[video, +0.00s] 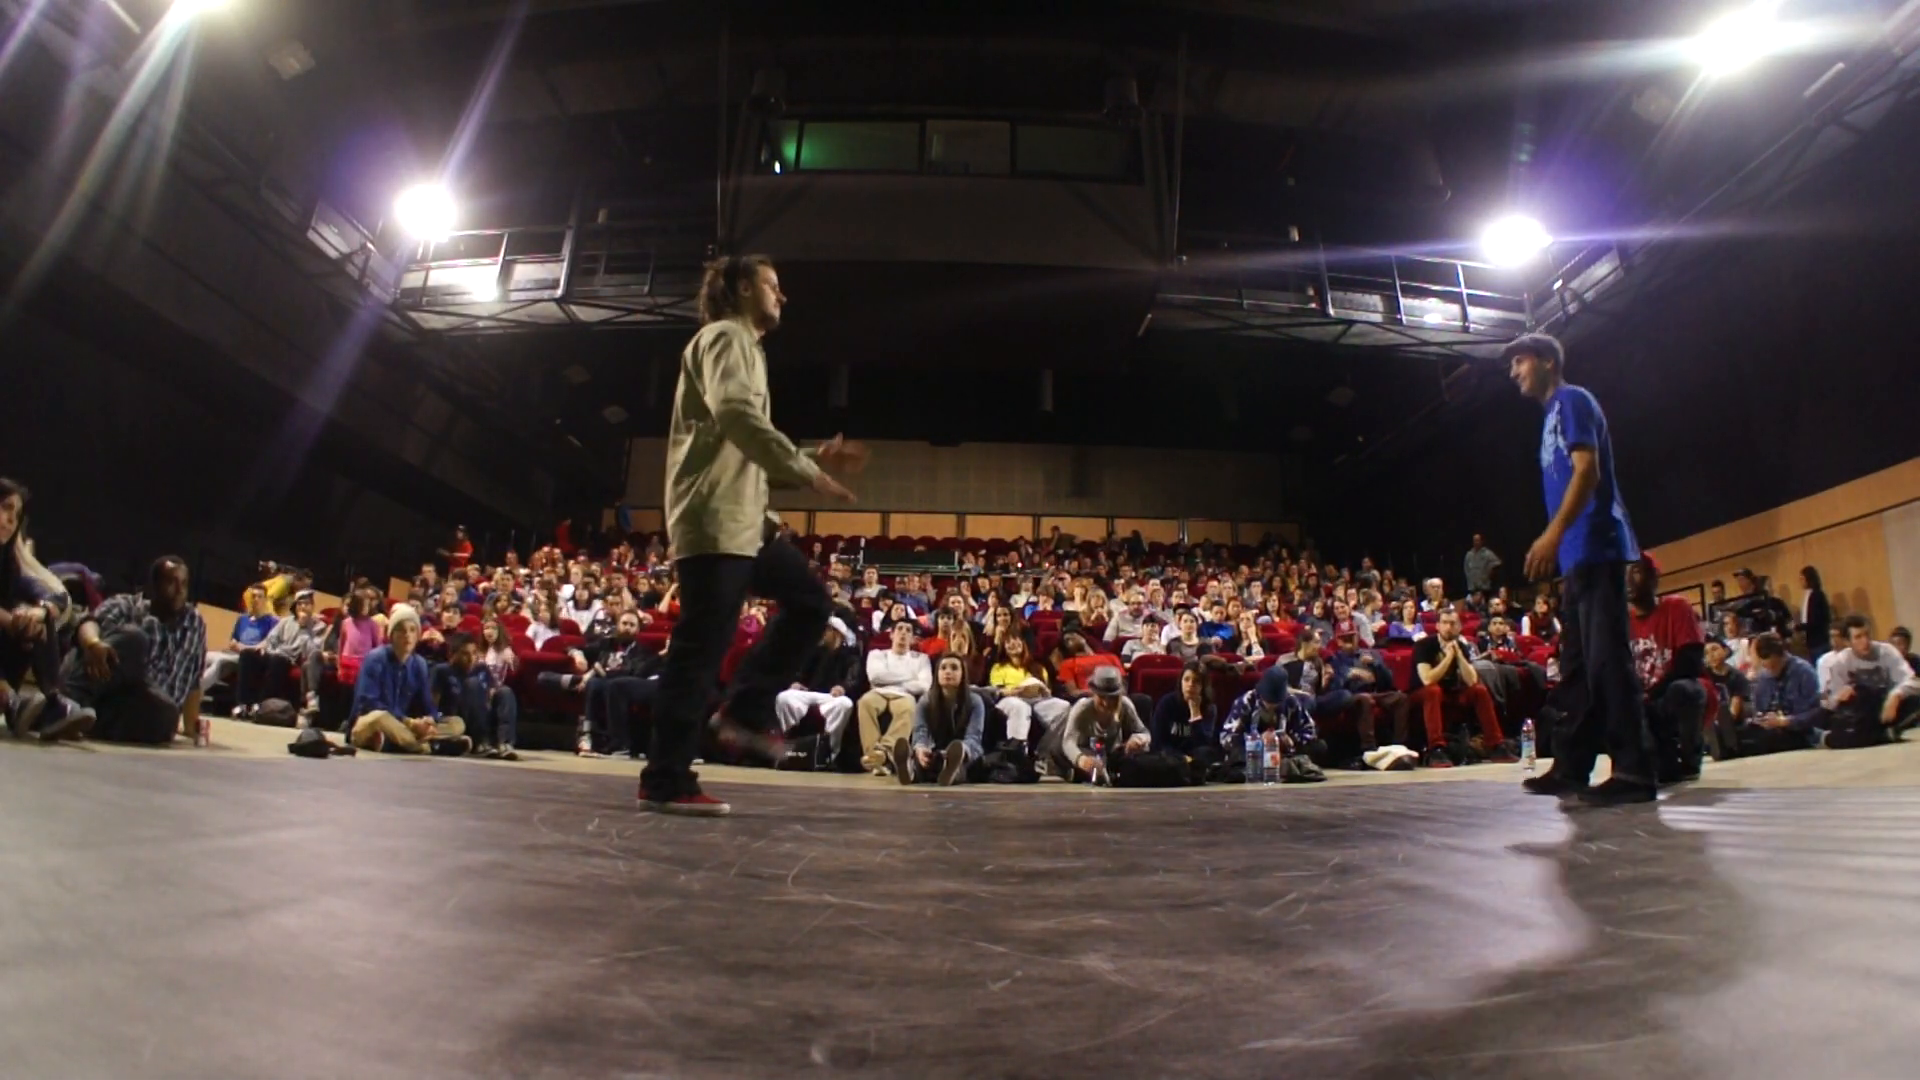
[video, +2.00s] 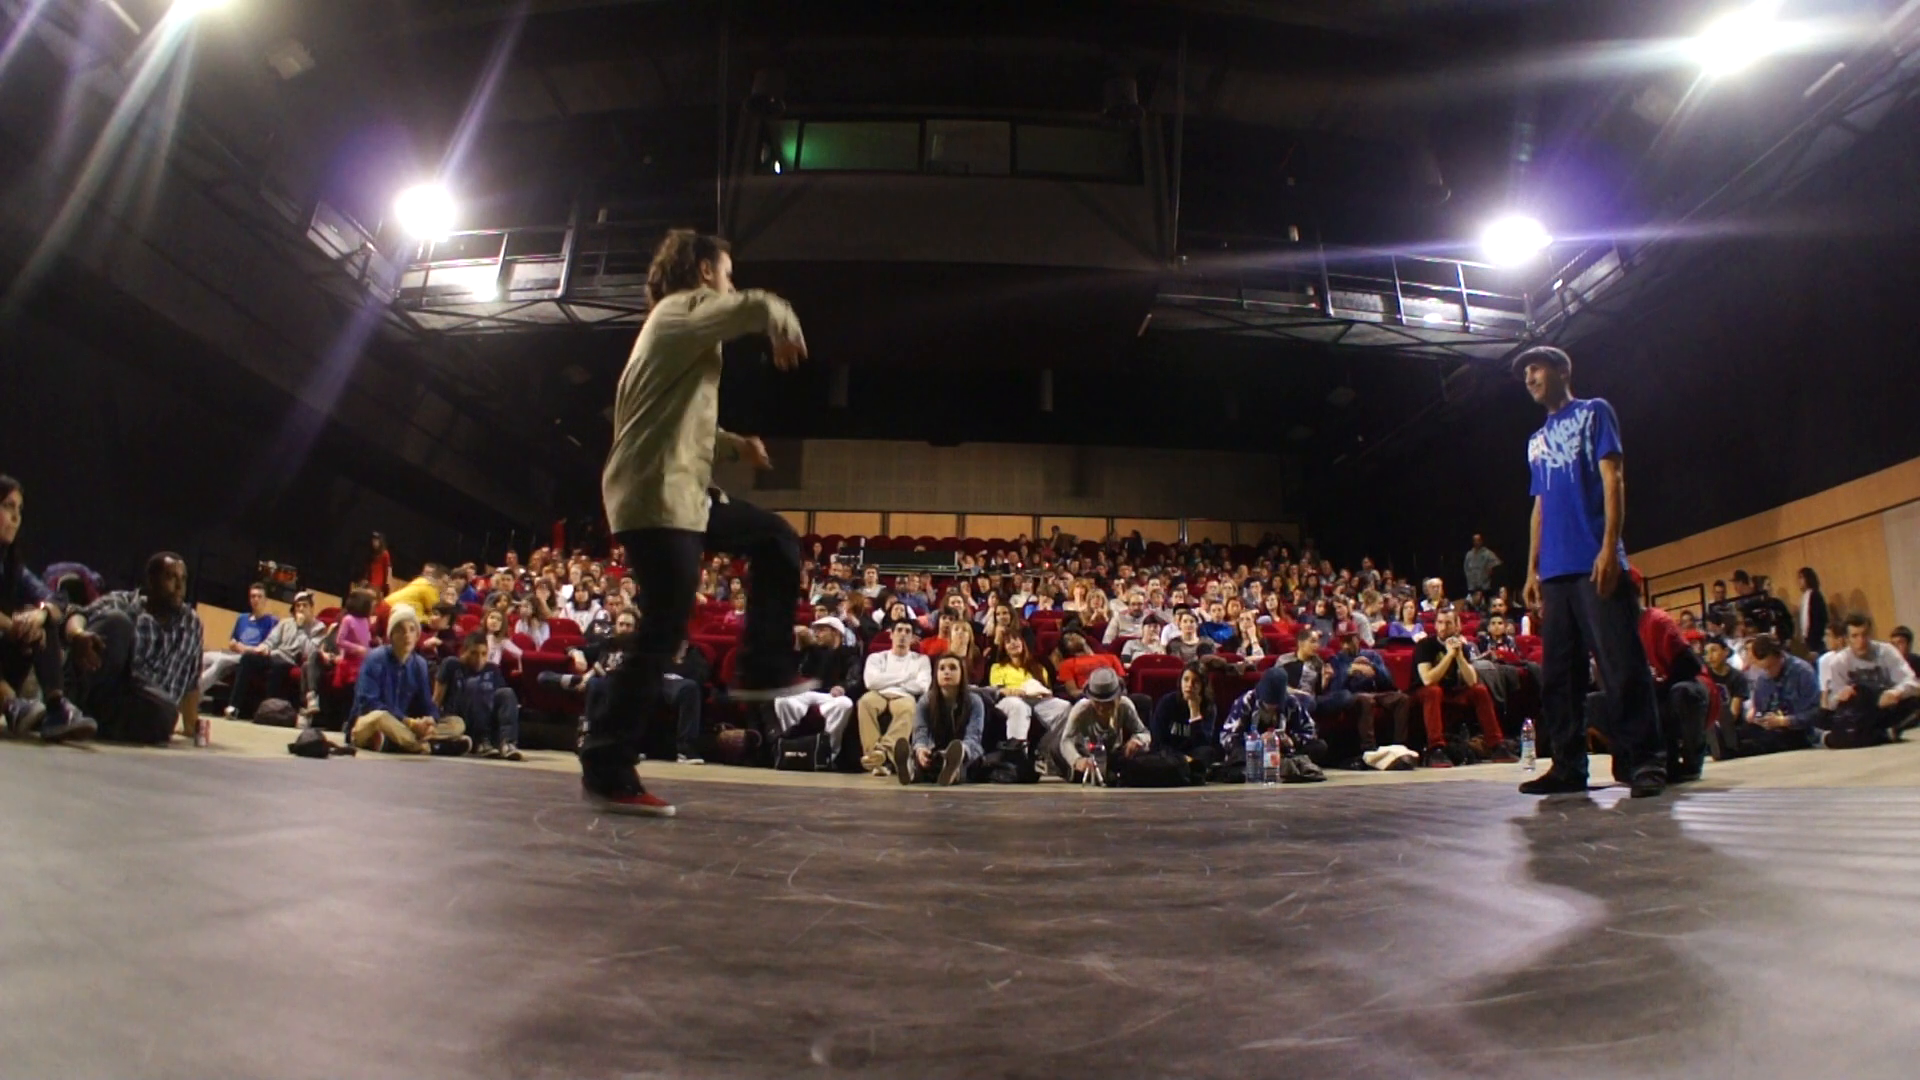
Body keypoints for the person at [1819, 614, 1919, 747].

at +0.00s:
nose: (1865, 641)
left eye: (1866, 635)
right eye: (1858, 637)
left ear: (1870, 635)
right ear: (1849, 641)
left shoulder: (1887, 652)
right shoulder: (1840, 662)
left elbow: (1911, 679)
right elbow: (1827, 703)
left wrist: (1895, 695)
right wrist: (1838, 697)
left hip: (1886, 701)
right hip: (1857, 704)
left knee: (1914, 702)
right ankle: (1884, 735)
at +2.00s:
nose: (1861, 641)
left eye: (1864, 635)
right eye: (1854, 636)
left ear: (1870, 634)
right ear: (1847, 638)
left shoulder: (1887, 652)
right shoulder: (1839, 662)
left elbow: (1911, 681)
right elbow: (1831, 701)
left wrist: (1895, 692)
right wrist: (1839, 696)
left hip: (1886, 705)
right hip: (1857, 707)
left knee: (1913, 702)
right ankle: (1884, 735)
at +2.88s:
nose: (1857, 642)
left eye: (1862, 636)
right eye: (1851, 637)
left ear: (1869, 635)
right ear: (1845, 639)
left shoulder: (1887, 652)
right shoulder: (1838, 660)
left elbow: (1911, 680)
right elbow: (1830, 703)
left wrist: (1894, 695)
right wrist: (1839, 697)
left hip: (1885, 704)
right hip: (1856, 705)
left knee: (1913, 704)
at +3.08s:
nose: (1857, 642)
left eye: (1862, 635)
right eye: (1851, 636)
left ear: (1870, 635)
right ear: (1844, 638)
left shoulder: (1886, 651)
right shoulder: (1837, 660)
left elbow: (1911, 681)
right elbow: (1829, 702)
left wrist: (1894, 695)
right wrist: (1838, 697)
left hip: (1885, 703)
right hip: (1856, 704)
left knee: (1913, 704)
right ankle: (1884, 734)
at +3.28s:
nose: (1857, 642)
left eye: (1862, 635)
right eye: (1852, 636)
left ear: (1870, 635)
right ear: (1844, 638)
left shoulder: (1886, 652)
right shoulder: (1838, 661)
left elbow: (1911, 680)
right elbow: (1830, 702)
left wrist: (1894, 695)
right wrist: (1839, 696)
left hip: (1886, 703)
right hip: (1857, 705)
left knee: (1913, 704)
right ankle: (1884, 734)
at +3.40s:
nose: (1857, 643)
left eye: (1862, 636)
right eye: (1852, 637)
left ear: (1869, 635)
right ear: (1844, 638)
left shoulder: (1886, 652)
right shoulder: (1839, 661)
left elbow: (1911, 681)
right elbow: (1830, 702)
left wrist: (1893, 696)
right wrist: (1839, 696)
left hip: (1886, 703)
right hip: (1858, 705)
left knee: (1914, 704)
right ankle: (1884, 734)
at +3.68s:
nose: (1857, 643)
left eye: (1862, 636)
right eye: (1852, 638)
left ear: (1869, 635)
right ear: (1844, 638)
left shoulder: (1886, 652)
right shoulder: (1839, 661)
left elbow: (1911, 681)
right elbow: (1831, 703)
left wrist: (1894, 695)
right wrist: (1839, 697)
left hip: (1886, 702)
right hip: (1858, 704)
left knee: (1914, 703)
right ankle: (1885, 734)